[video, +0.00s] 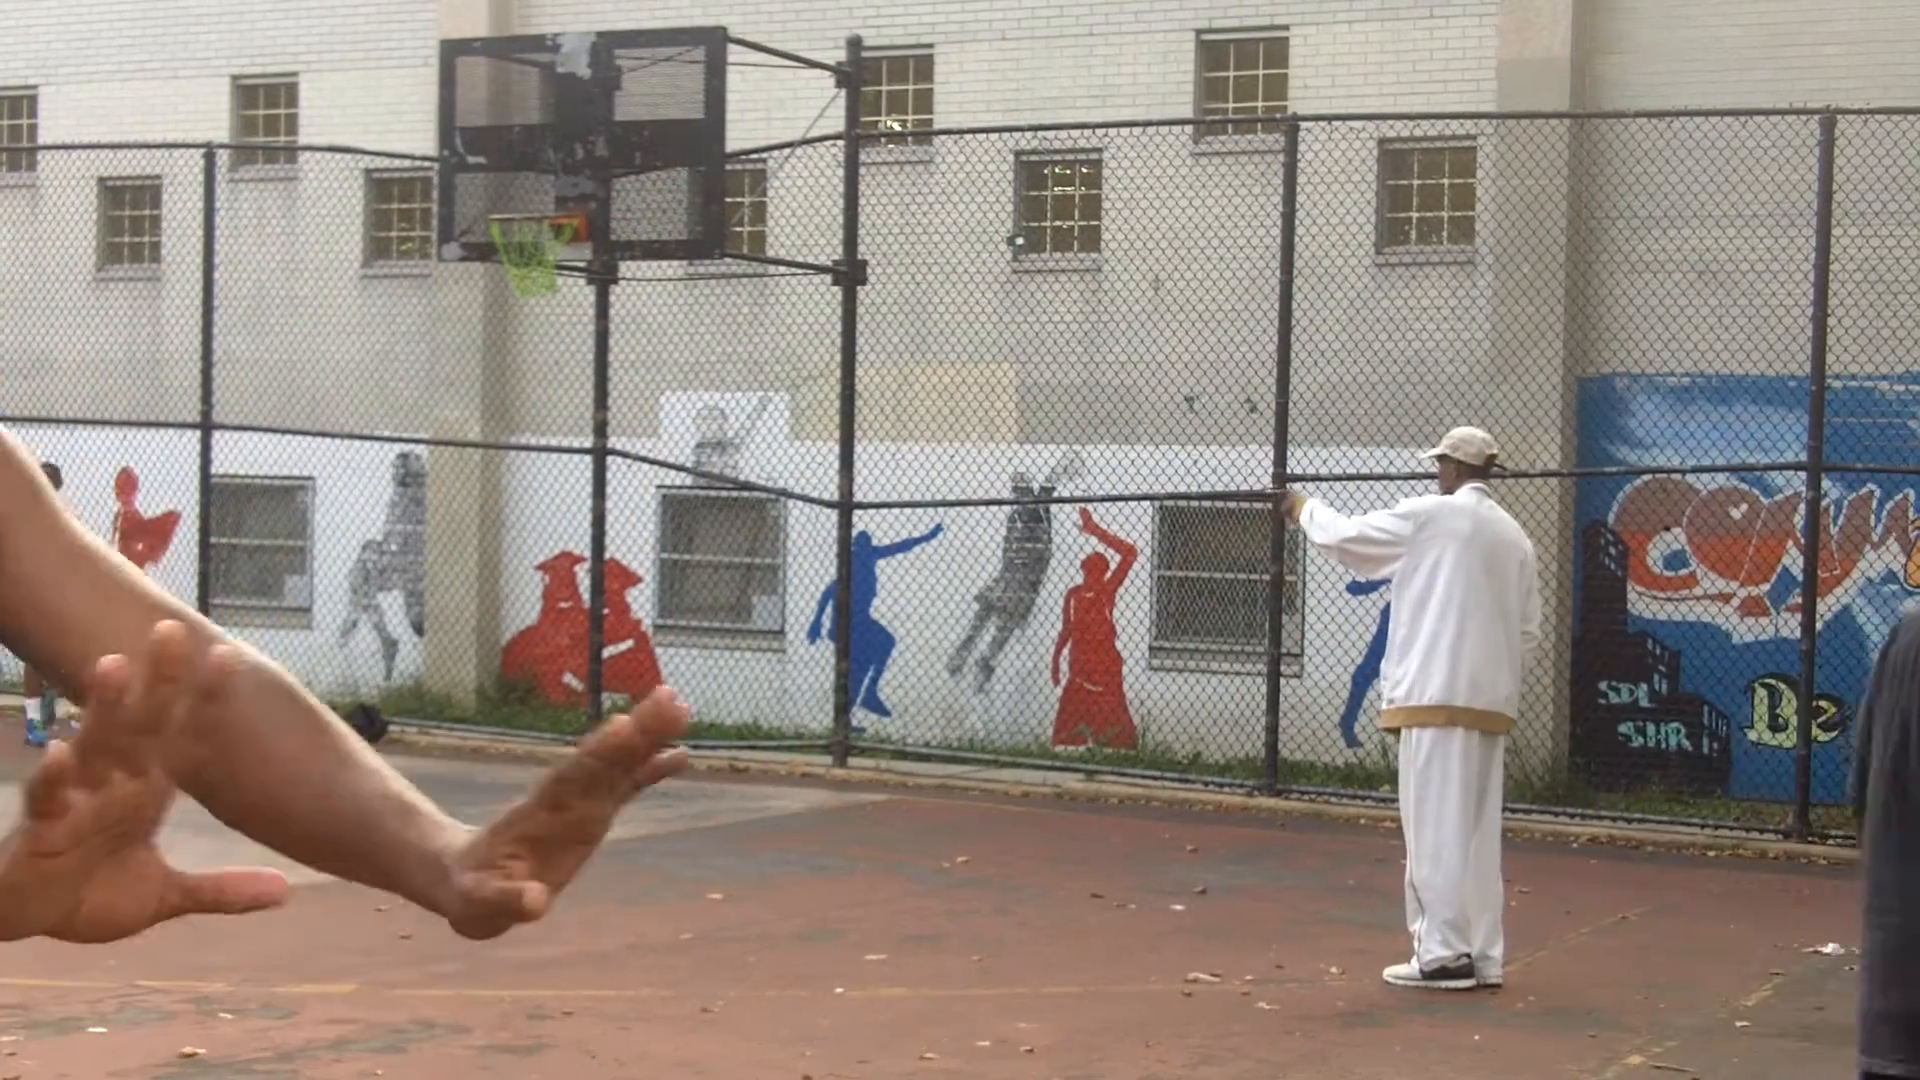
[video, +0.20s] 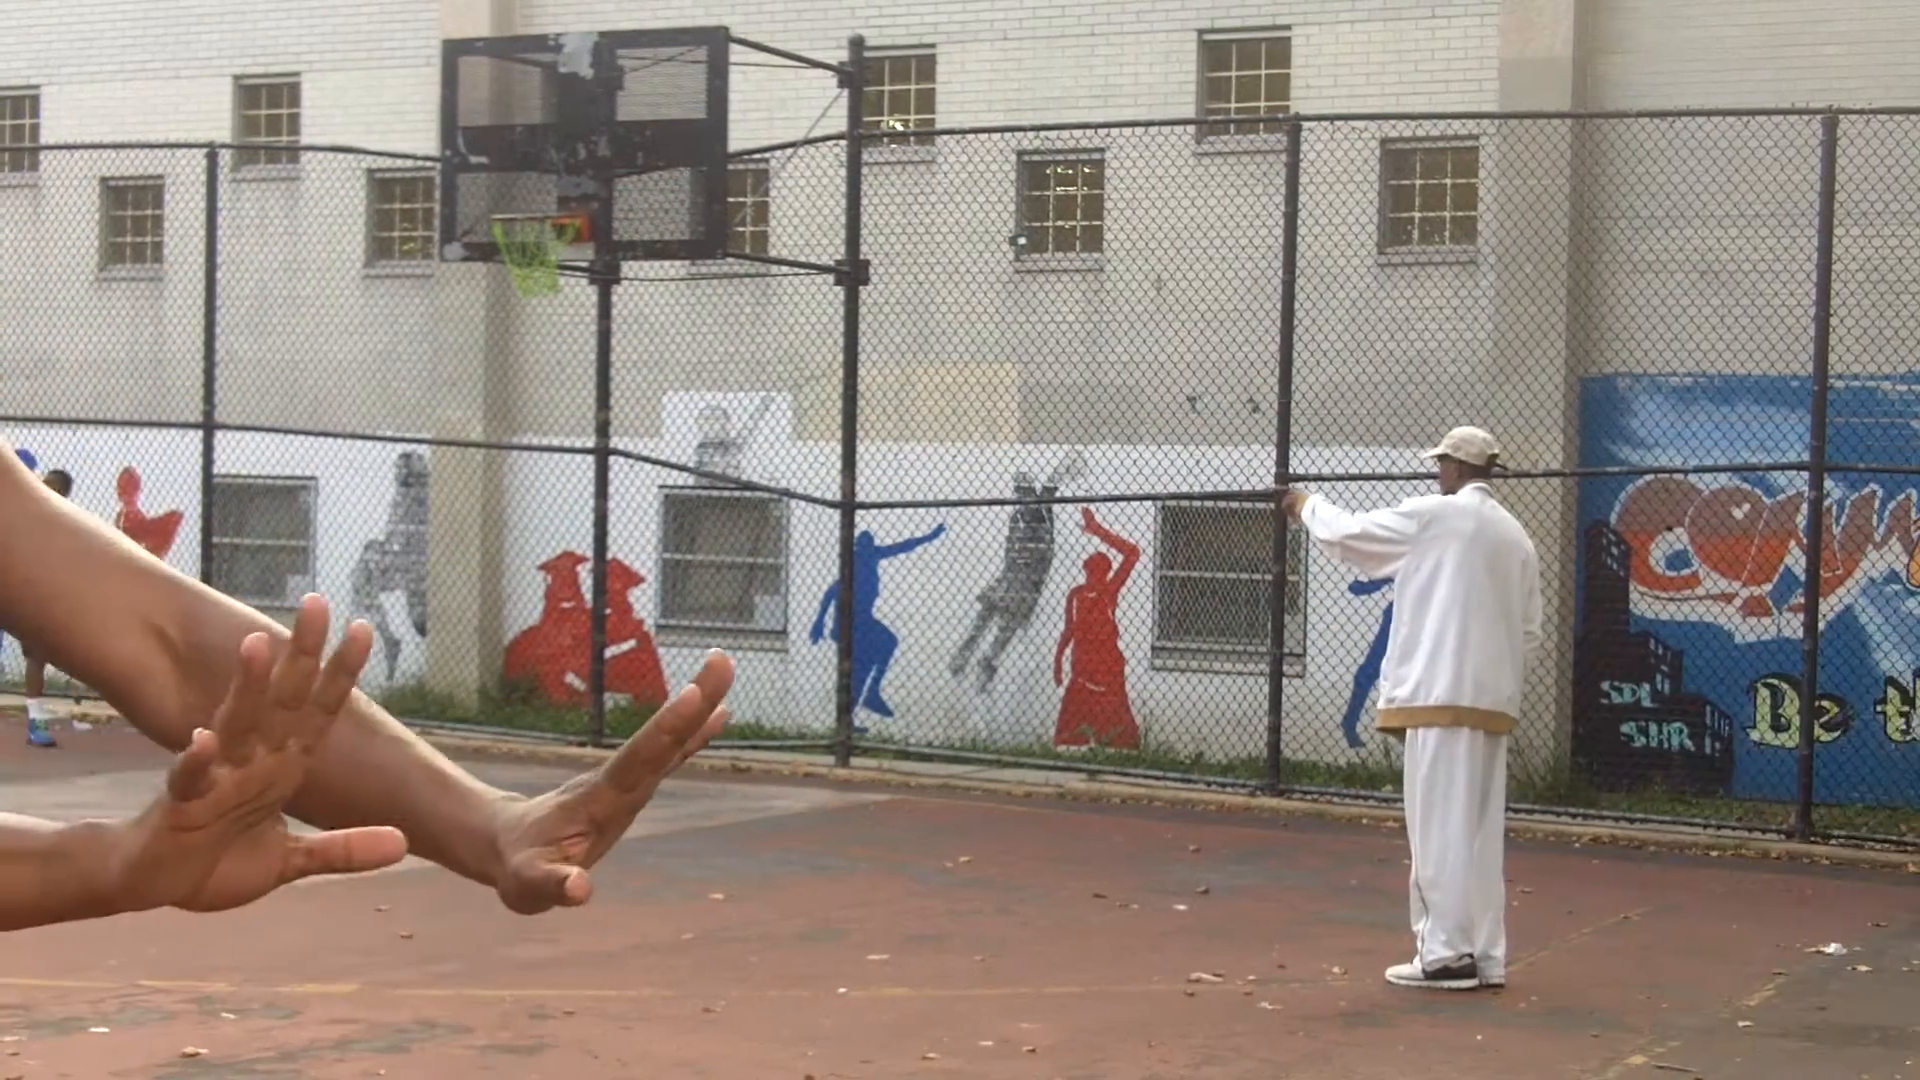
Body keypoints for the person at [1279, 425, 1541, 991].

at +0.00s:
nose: (1436, 475)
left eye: (1441, 466)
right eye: (1439, 466)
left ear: (1455, 470)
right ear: (1487, 475)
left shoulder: (1431, 516)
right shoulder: (1518, 539)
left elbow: (1346, 536)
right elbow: (1531, 630)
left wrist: (1301, 506)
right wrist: (1495, 679)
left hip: (1433, 691)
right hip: (1492, 698)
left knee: (1432, 823)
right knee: (1480, 825)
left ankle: (1442, 954)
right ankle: (1483, 957)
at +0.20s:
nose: (1436, 474)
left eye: (1442, 466)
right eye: (1439, 465)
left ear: (1457, 470)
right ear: (1487, 474)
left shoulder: (1435, 516)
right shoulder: (1519, 538)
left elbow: (1349, 533)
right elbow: (1532, 629)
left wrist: (1305, 504)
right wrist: (1496, 679)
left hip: (1438, 691)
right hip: (1494, 697)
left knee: (1436, 823)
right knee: (1482, 824)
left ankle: (1444, 954)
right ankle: (1484, 956)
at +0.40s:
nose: (1436, 474)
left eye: (1442, 465)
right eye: (1439, 465)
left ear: (1458, 469)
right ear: (1487, 474)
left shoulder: (1434, 516)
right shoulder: (1519, 538)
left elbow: (1349, 534)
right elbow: (1532, 630)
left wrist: (1312, 501)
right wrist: (1495, 679)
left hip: (1438, 690)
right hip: (1494, 697)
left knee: (1436, 822)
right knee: (1483, 824)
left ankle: (1444, 953)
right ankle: (1485, 956)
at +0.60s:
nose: (1431, 476)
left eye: (1436, 467)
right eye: (1433, 467)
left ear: (1454, 469)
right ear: (1482, 473)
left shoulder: (1435, 516)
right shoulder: (1517, 536)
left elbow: (1357, 554)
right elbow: (1529, 626)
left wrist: (1367, 505)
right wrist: (1498, 679)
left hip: (1439, 687)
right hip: (1496, 692)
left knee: (1438, 822)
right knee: (1484, 823)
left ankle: (1445, 952)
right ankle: (1486, 957)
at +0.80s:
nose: (1428, 474)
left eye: (1435, 465)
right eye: (1430, 464)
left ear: (1459, 470)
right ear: (1478, 474)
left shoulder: (1437, 518)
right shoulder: (1516, 535)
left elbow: (1364, 563)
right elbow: (1530, 625)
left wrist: (1398, 506)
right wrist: (1503, 684)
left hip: (1440, 689)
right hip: (1496, 694)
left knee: (1439, 822)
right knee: (1484, 824)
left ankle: (1446, 952)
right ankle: (1485, 957)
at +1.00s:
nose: (1426, 472)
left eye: (1434, 463)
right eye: (1428, 463)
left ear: (1460, 469)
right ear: (1478, 473)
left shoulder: (1439, 519)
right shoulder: (1513, 535)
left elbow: (1370, 568)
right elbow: (1529, 626)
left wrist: (1396, 512)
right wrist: (1498, 680)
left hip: (1443, 690)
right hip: (1495, 695)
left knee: (1439, 823)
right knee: (1483, 824)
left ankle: (1445, 953)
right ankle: (1485, 956)